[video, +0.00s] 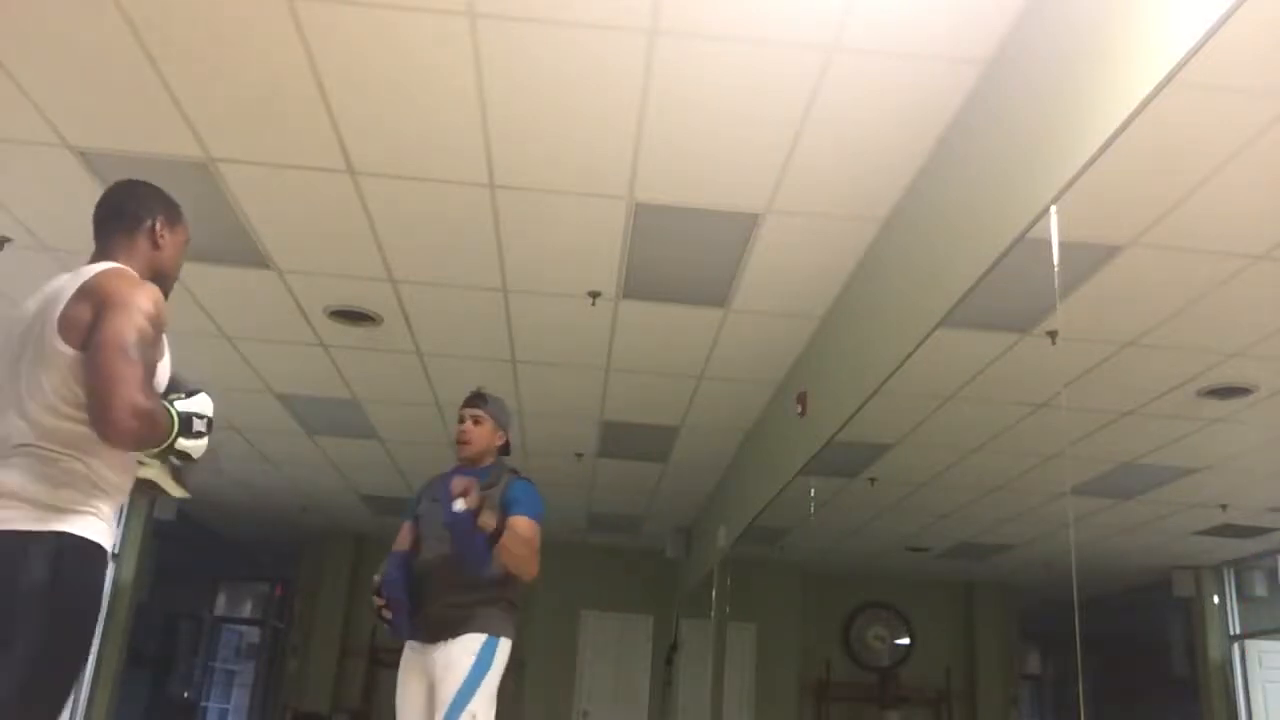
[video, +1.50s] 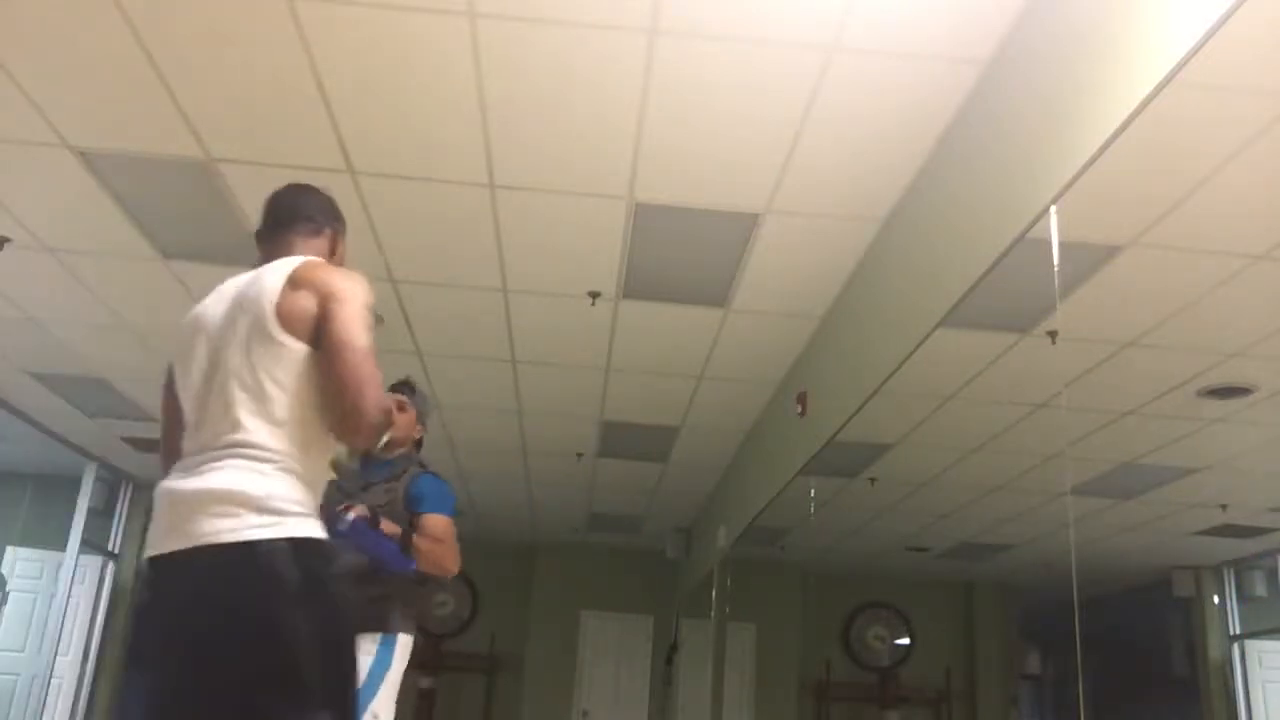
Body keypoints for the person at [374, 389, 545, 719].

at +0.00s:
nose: (463, 428)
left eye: (476, 420)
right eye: (460, 420)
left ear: (500, 437)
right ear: (455, 429)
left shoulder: (516, 489)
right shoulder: (434, 488)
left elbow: (528, 566)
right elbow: (401, 550)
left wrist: (482, 516)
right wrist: (389, 587)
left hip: (477, 632)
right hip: (422, 631)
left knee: (460, 713)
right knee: (411, 713)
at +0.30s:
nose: (452, 420)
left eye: (465, 413)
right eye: (449, 413)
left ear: (489, 432)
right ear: (442, 423)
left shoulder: (503, 487)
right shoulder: (413, 486)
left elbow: (525, 567)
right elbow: (381, 549)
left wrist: (471, 539)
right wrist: (364, 591)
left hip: (458, 641)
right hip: (403, 639)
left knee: (438, 713)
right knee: (400, 713)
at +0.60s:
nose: (437, 402)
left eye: (451, 397)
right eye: (434, 396)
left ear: (475, 419)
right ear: (427, 409)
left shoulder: (482, 484)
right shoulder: (398, 470)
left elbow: (497, 571)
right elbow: (361, 528)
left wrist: (430, 555)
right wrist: (337, 577)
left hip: (439, 637)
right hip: (384, 634)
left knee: (421, 712)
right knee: (379, 713)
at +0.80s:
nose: (423, 400)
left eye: (438, 394)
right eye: (421, 392)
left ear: (461, 415)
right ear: (412, 404)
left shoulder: (467, 475)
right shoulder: (390, 462)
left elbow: (459, 559)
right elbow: (356, 533)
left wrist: (395, 522)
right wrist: (306, 556)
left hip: (430, 635)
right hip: (377, 630)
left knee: (416, 713)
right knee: (367, 712)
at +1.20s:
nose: (391, 419)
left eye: (404, 413)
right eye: (387, 411)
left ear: (427, 428)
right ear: (380, 419)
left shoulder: (434, 482)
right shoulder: (356, 480)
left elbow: (434, 563)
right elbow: (336, 545)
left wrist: (368, 531)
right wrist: (291, 547)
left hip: (392, 634)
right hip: (343, 628)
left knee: (372, 712)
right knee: (327, 712)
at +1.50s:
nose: (388, 412)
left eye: (402, 407)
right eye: (384, 405)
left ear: (419, 430)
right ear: (372, 414)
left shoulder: (424, 484)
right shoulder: (343, 477)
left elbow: (446, 561)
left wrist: (389, 530)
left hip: (382, 623)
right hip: (328, 615)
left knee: (367, 710)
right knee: (317, 708)